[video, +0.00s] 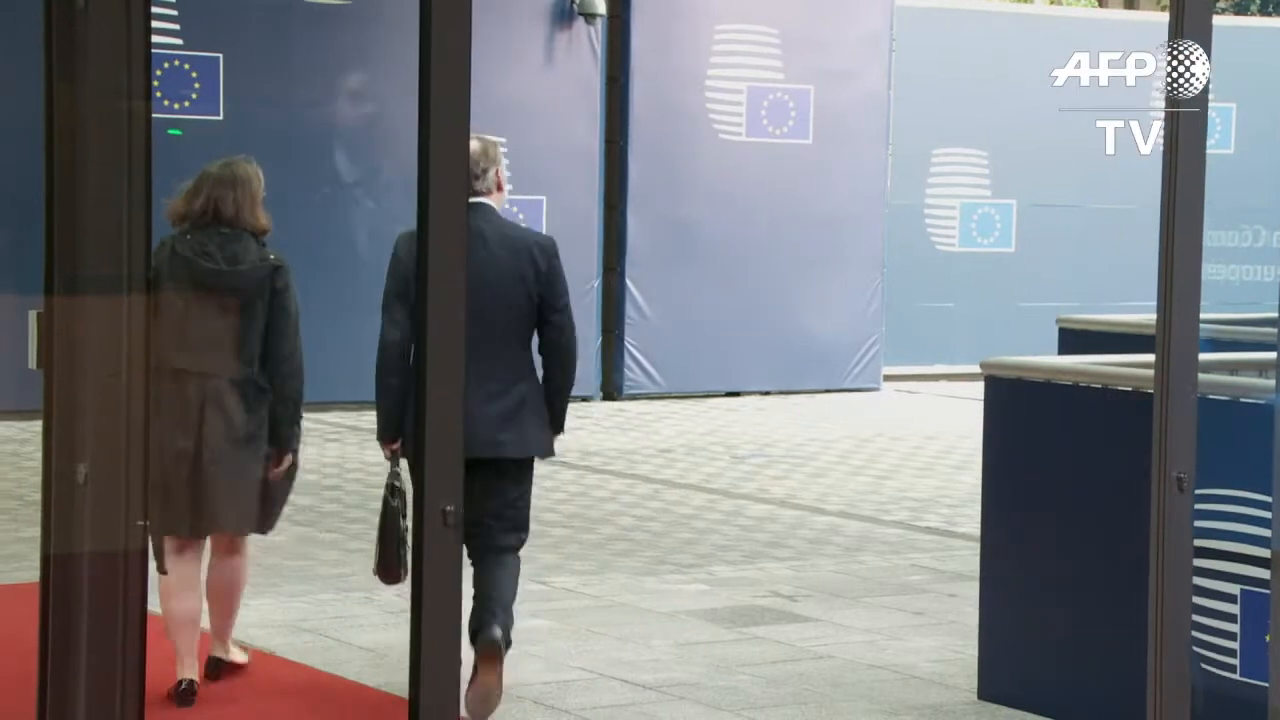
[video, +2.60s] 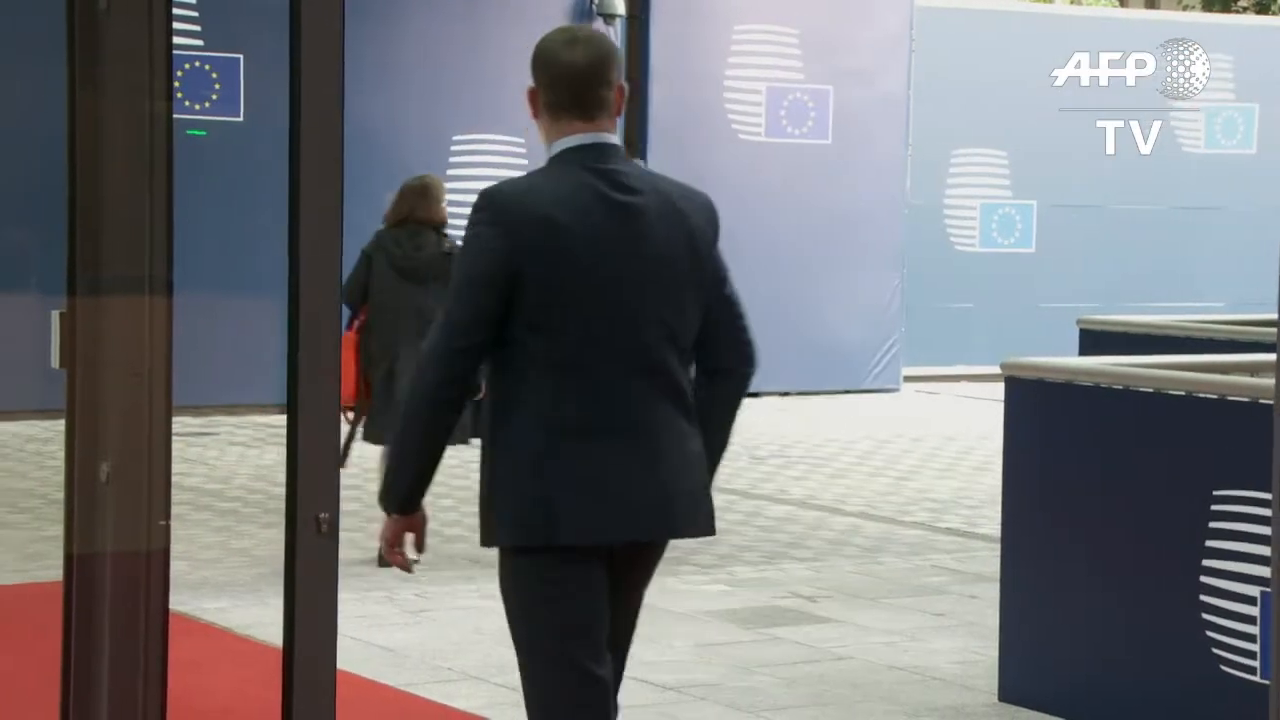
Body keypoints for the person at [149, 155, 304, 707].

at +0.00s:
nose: (263, 206)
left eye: (260, 196)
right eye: (260, 198)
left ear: (197, 198)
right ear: (252, 204)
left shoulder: (161, 260)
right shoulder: (269, 270)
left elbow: (138, 346)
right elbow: (284, 362)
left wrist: (137, 420)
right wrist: (286, 438)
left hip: (167, 419)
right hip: (237, 421)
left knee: (181, 548)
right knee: (230, 545)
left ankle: (186, 672)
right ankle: (222, 646)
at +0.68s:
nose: (285, 216)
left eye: (283, 208)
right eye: (281, 209)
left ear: (224, 210)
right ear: (273, 215)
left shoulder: (194, 266)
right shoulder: (291, 274)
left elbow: (161, 333)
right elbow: (320, 357)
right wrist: (332, 419)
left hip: (200, 406)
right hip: (259, 408)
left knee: (210, 517)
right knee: (234, 523)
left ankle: (224, 612)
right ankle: (210, 629)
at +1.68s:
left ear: (279, 210)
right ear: (325, 215)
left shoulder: (256, 255)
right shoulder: (334, 260)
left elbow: (225, 314)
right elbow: (357, 327)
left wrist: (244, 337)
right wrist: (371, 384)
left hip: (259, 374)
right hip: (309, 378)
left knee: (274, 473)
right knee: (282, 480)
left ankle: (285, 558)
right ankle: (257, 584)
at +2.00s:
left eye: (289, 208)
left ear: (292, 211)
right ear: (339, 206)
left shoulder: (278, 246)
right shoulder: (355, 252)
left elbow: (250, 303)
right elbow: (373, 325)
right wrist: (373, 380)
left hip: (286, 381)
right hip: (339, 384)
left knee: (285, 474)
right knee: (334, 475)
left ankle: (291, 560)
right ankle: (325, 562)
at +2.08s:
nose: (356, 206)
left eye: (350, 197)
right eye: (354, 199)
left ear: (306, 201)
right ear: (351, 206)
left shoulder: (284, 249)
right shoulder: (360, 257)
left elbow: (257, 301)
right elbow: (374, 328)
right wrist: (377, 381)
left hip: (286, 378)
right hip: (343, 378)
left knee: (285, 471)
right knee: (346, 464)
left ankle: (290, 558)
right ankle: (342, 547)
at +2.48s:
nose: (428, 211)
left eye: (426, 204)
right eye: (425, 205)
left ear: (378, 208)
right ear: (418, 211)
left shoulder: (352, 256)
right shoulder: (427, 260)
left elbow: (335, 318)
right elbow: (444, 331)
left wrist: (333, 376)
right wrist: (448, 389)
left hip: (359, 368)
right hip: (409, 370)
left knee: (364, 452)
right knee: (395, 461)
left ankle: (342, 508)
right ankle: (382, 544)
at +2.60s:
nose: (446, 210)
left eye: (444, 203)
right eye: (444, 204)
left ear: (400, 204)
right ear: (436, 209)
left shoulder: (378, 248)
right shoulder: (449, 255)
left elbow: (351, 298)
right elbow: (462, 314)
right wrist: (469, 369)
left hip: (386, 361)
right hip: (433, 363)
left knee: (397, 444)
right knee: (419, 442)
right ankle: (396, 534)